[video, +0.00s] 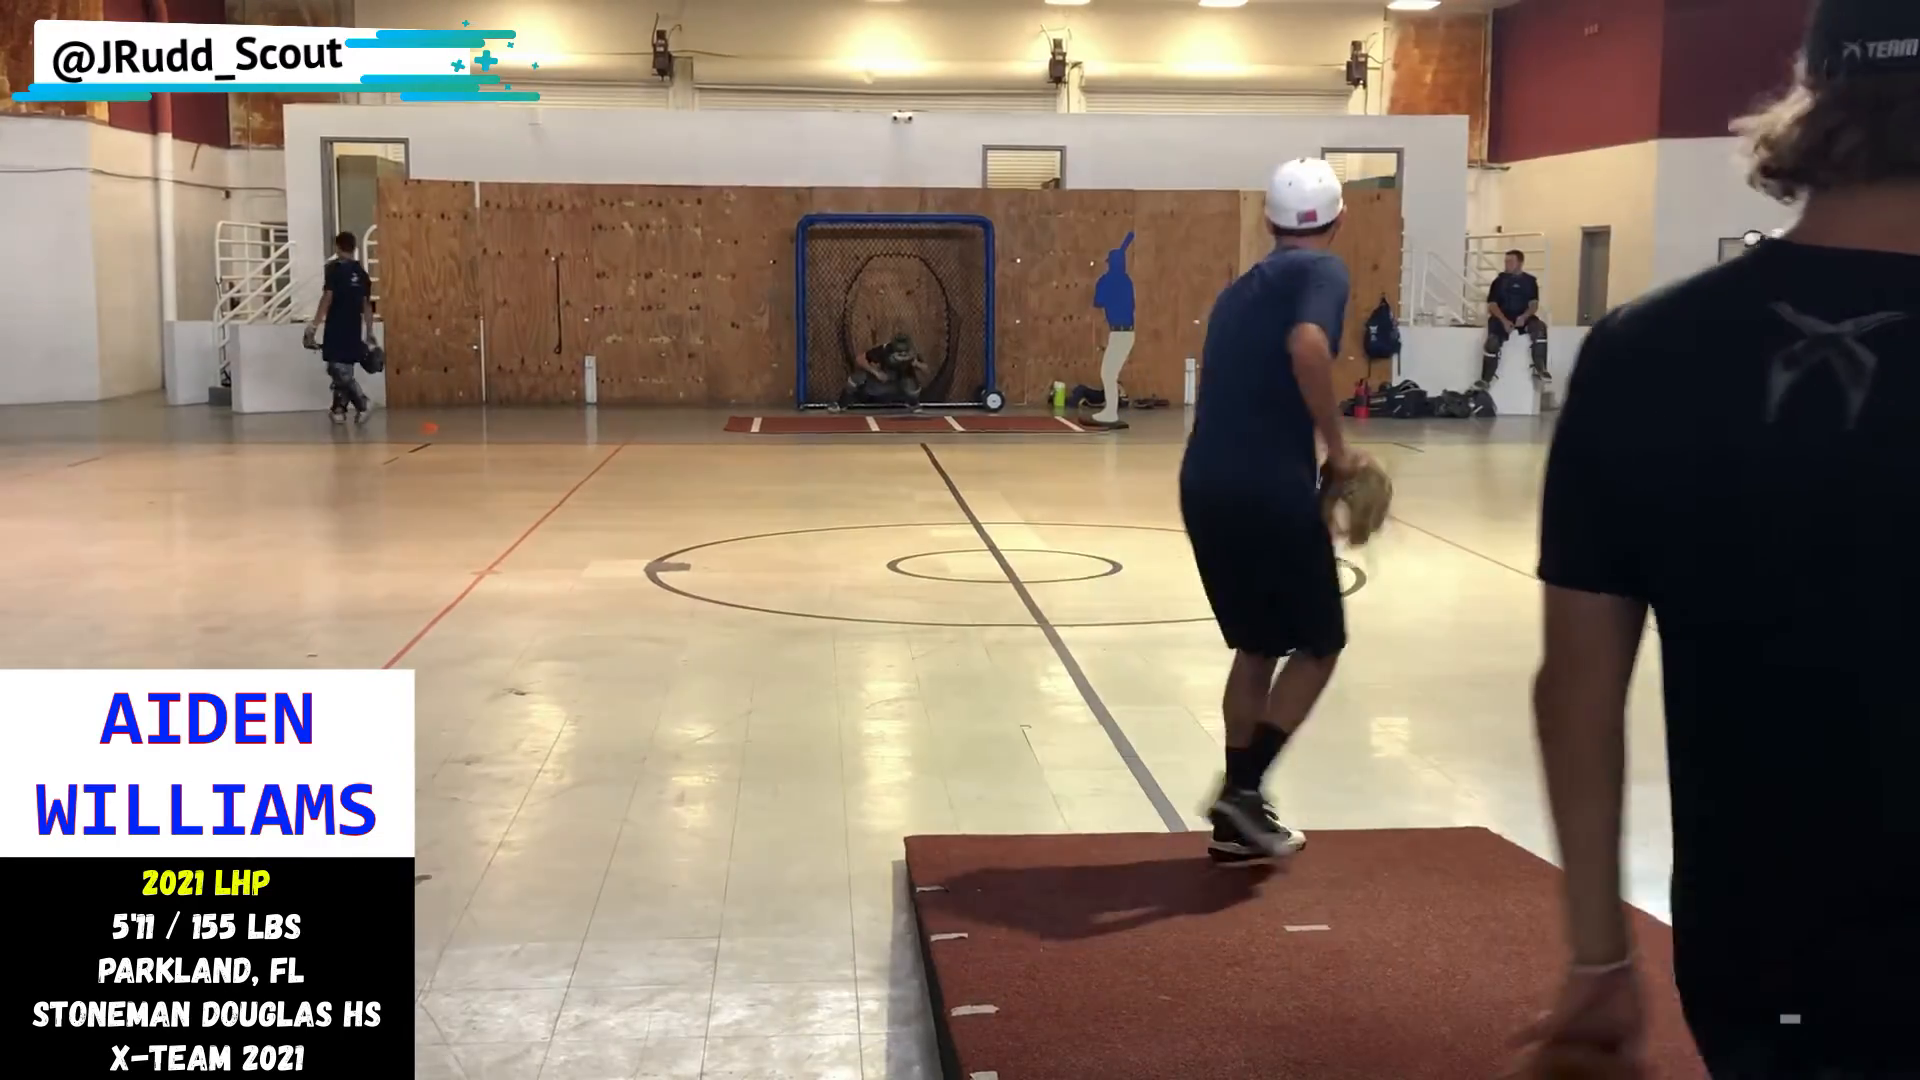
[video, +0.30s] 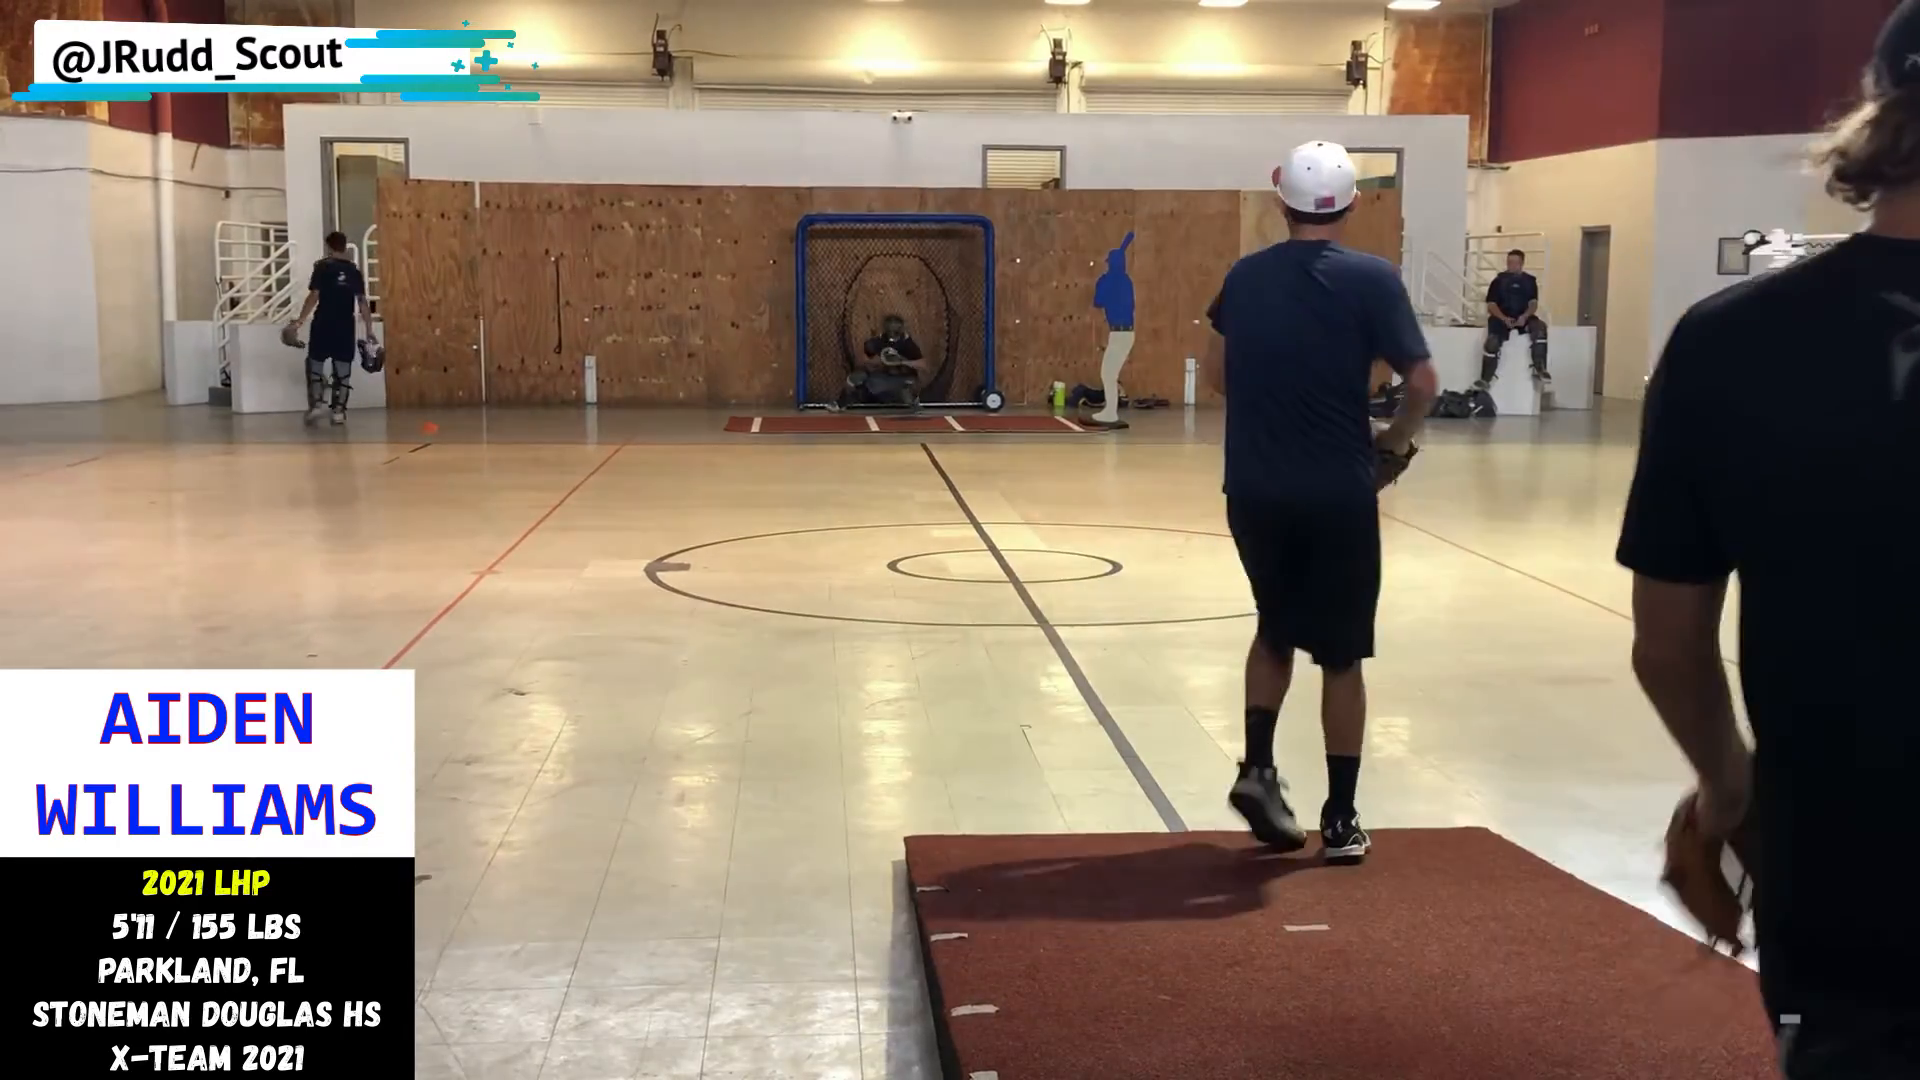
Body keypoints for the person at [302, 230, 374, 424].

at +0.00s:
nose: (337, 250)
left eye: (337, 247)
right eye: (339, 247)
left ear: (337, 247)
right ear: (354, 248)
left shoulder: (333, 268)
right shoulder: (362, 273)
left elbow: (327, 298)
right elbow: (367, 306)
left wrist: (313, 327)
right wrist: (370, 333)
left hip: (335, 326)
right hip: (353, 327)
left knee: (336, 367)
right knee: (344, 367)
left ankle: (362, 403)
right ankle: (339, 409)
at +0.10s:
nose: (336, 251)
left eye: (335, 247)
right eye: (343, 247)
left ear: (335, 247)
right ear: (352, 248)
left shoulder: (328, 266)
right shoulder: (360, 272)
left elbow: (321, 296)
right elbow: (366, 304)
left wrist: (309, 323)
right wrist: (370, 333)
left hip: (330, 324)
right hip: (350, 325)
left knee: (323, 366)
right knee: (345, 367)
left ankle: (346, 397)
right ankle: (337, 409)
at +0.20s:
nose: (330, 250)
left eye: (330, 247)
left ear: (332, 247)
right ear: (349, 247)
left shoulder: (325, 266)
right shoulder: (357, 270)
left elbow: (318, 296)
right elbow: (364, 303)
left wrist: (304, 321)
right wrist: (371, 331)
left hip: (326, 325)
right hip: (347, 326)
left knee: (317, 364)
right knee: (343, 368)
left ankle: (332, 400)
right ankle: (340, 412)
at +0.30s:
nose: (327, 250)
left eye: (327, 247)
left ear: (328, 246)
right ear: (345, 247)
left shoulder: (322, 266)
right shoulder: (354, 270)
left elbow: (313, 296)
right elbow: (362, 303)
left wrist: (300, 320)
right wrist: (369, 331)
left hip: (322, 325)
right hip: (345, 326)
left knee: (315, 364)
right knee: (342, 369)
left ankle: (317, 405)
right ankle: (338, 411)